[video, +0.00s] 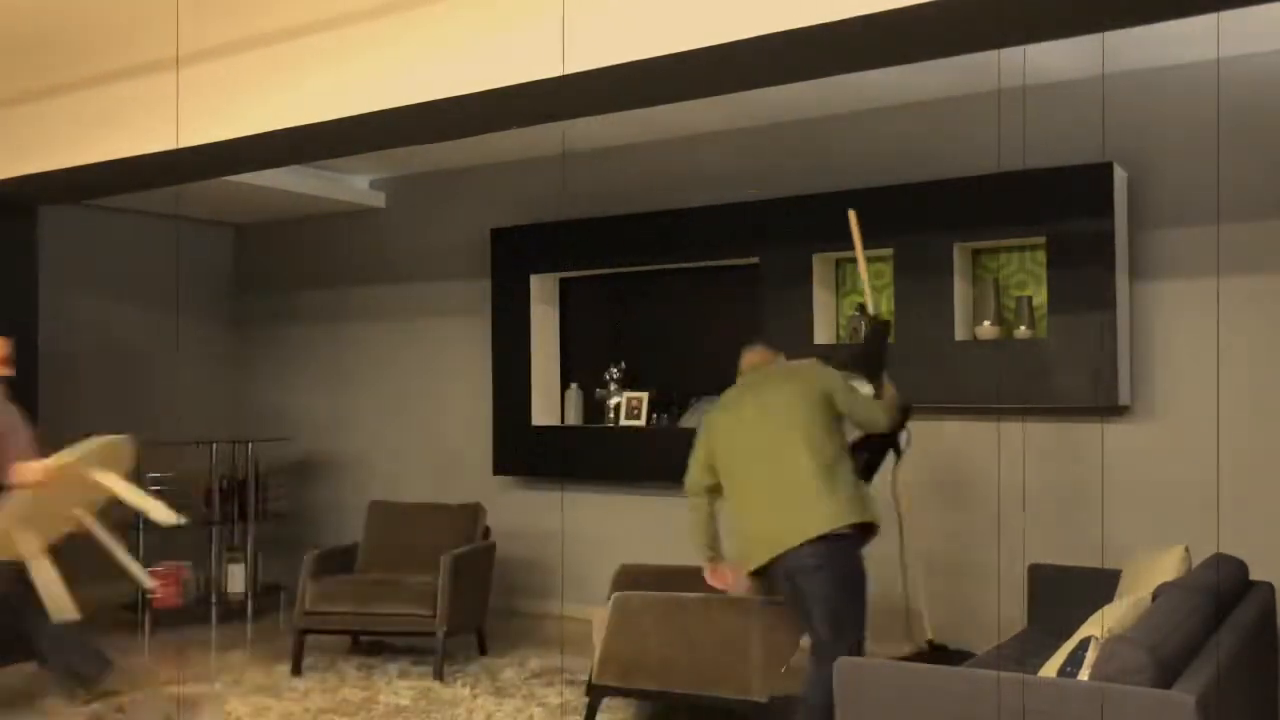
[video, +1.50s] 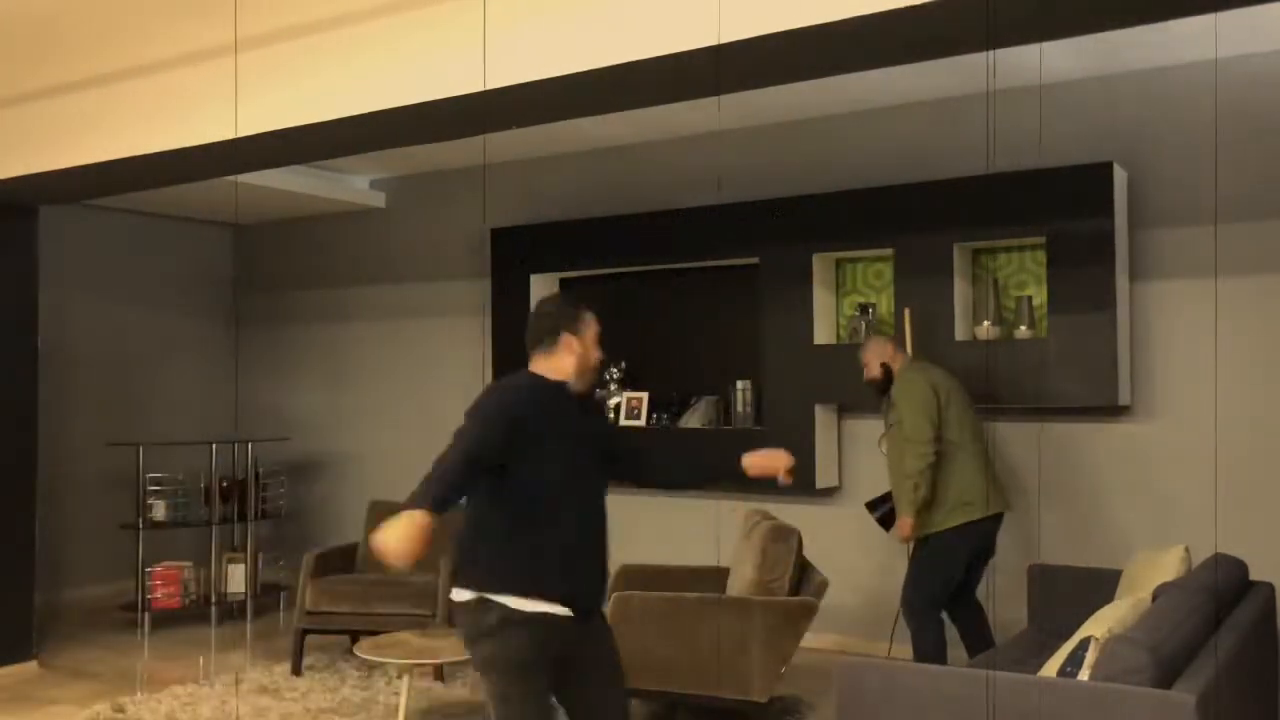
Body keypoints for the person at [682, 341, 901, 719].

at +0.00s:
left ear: (739, 374)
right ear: (780, 359)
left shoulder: (717, 415)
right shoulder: (812, 373)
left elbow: (697, 487)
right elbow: (880, 420)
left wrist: (709, 557)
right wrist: (889, 397)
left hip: (765, 549)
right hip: (827, 531)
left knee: (828, 650)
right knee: (837, 654)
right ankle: (814, 716)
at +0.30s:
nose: (818, 389)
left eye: (816, 384)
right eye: (817, 385)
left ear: (821, 380)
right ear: (854, 368)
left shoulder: (819, 405)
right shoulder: (904, 385)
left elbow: (816, 473)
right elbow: (947, 436)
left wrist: (825, 534)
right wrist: (921, 468)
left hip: (869, 532)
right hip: (930, 523)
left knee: (865, 619)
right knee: (933, 617)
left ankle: (873, 699)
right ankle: (943, 701)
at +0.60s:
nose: (848, 396)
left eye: (846, 386)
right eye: (845, 388)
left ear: (857, 376)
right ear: (875, 370)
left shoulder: (874, 395)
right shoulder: (923, 396)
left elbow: (875, 462)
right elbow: (946, 459)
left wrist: (867, 520)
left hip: (916, 526)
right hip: (962, 524)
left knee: (874, 602)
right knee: (943, 600)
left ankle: (893, 684)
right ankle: (980, 674)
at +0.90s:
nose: (857, 394)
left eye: (857, 385)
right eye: (854, 387)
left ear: (874, 371)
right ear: (880, 369)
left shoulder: (895, 392)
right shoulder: (924, 389)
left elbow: (904, 453)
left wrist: (893, 509)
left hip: (954, 513)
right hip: (989, 508)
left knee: (914, 602)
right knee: (959, 597)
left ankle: (929, 688)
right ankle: (988, 678)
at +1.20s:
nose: (871, 380)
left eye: (869, 373)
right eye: (869, 374)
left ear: (877, 369)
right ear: (895, 359)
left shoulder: (904, 390)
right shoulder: (929, 383)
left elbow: (917, 452)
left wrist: (913, 515)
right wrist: (911, 501)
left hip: (959, 515)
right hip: (988, 510)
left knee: (921, 603)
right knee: (958, 598)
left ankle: (932, 691)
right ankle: (990, 677)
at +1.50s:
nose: (868, 377)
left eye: (869, 366)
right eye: (865, 369)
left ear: (888, 353)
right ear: (894, 352)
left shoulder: (912, 381)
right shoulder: (933, 376)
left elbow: (918, 451)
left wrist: (907, 512)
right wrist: (906, 502)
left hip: (954, 514)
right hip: (982, 509)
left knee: (918, 602)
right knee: (959, 598)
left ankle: (933, 692)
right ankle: (991, 677)